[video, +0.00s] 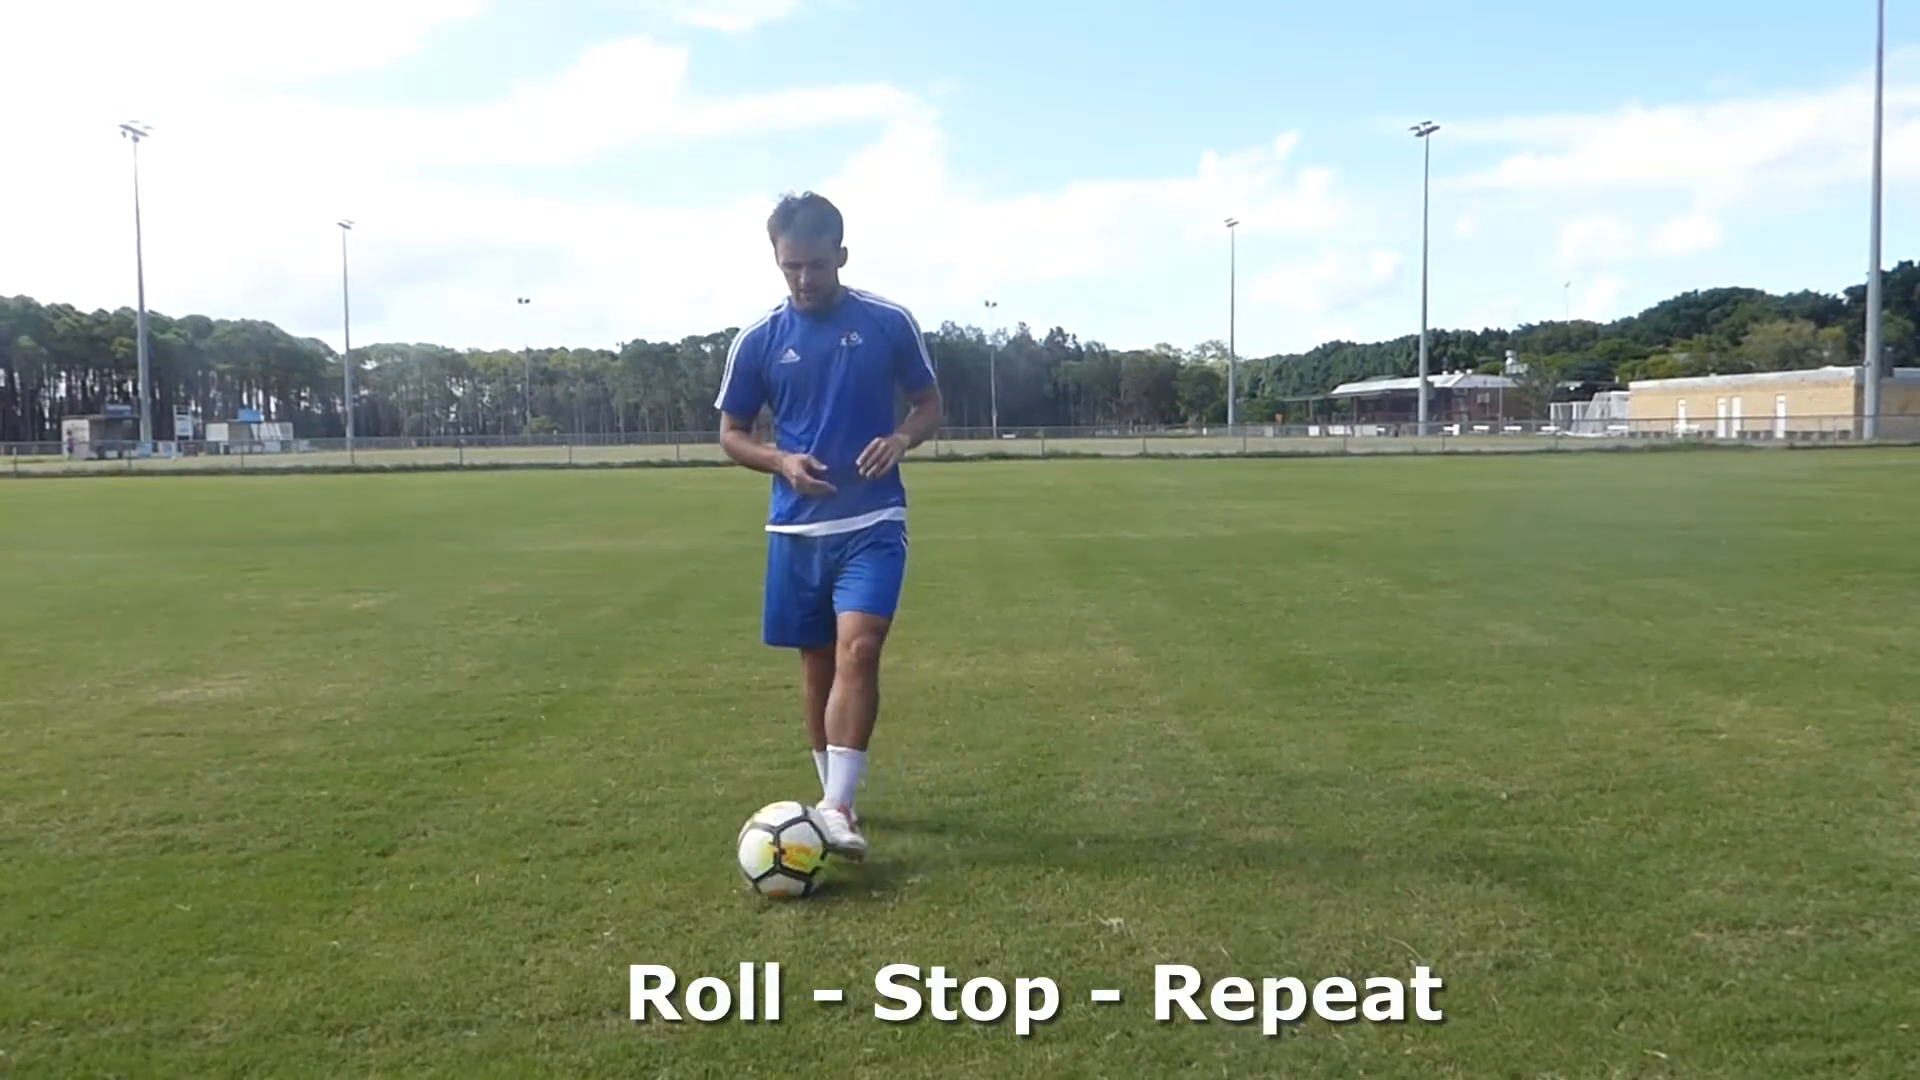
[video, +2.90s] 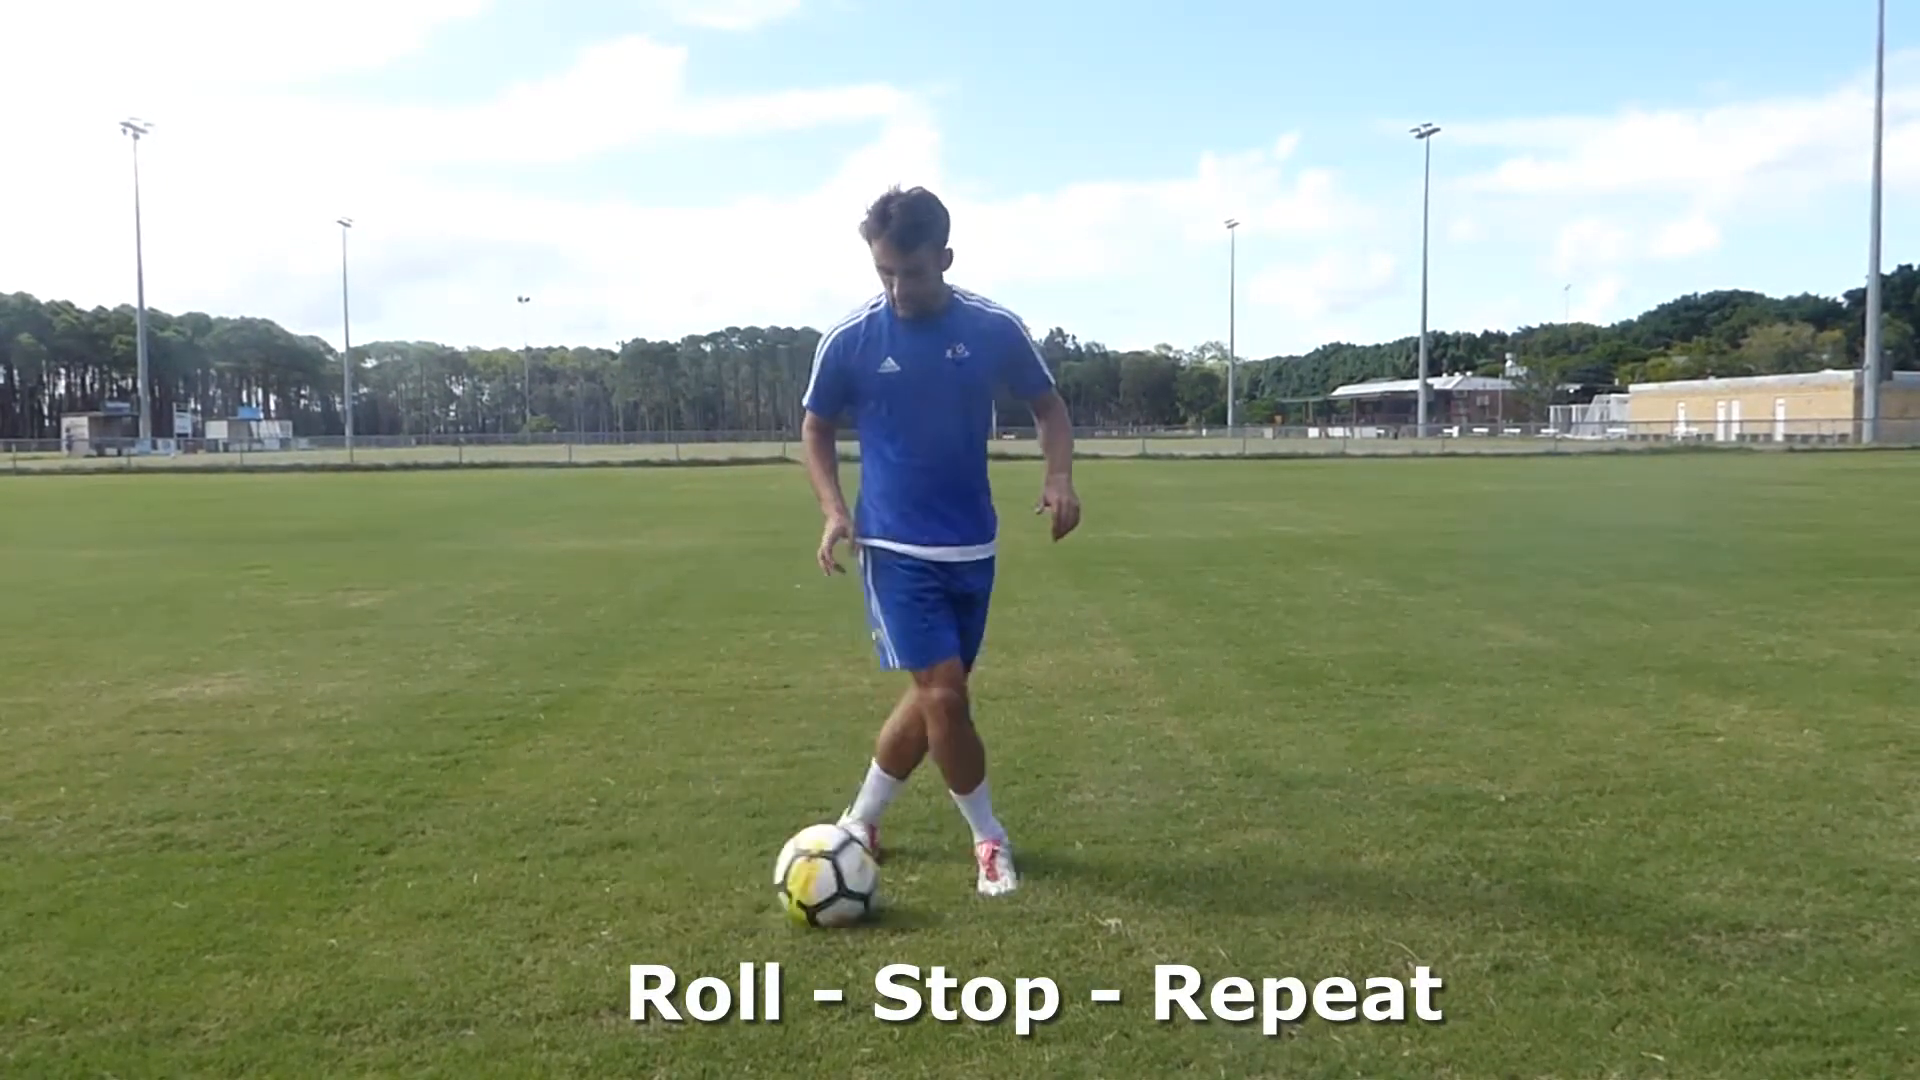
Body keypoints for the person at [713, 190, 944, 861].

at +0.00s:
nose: (805, 280)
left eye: (817, 265)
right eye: (790, 266)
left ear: (841, 255)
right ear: (774, 259)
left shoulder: (888, 323)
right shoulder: (758, 342)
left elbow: (930, 407)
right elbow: (731, 435)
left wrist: (901, 438)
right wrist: (780, 460)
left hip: (872, 524)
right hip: (797, 531)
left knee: (860, 651)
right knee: (819, 671)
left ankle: (839, 806)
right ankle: (835, 805)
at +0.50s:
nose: (816, 272)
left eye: (829, 257)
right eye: (804, 256)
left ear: (859, 247)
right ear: (790, 248)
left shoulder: (899, 326)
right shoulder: (768, 323)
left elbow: (939, 422)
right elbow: (744, 405)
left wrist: (889, 457)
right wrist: (749, 447)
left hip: (857, 534)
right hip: (776, 524)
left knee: (851, 678)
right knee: (729, 637)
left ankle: (849, 825)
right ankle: (770, 783)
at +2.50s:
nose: (886, 282)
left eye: (901, 268)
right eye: (875, 265)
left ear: (931, 257)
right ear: (862, 249)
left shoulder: (958, 335)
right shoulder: (826, 316)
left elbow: (973, 412)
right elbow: (767, 408)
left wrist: (989, 489)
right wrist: (764, 477)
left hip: (891, 539)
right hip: (805, 515)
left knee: (867, 688)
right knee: (730, 620)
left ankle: (841, 830)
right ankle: (677, 792)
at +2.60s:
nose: (888, 284)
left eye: (903, 270)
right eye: (877, 268)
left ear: (934, 258)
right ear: (863, 252)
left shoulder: (964, 333)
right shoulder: (830, 321)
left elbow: (980, 409)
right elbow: (774, 412)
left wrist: (997, 479)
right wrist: (776, 483)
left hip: (907, 537)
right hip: (823, 517)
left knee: (873, 689)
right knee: (771, 630)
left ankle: (843, 829)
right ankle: (729, 803)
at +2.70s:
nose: (890, 285)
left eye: (905, 270)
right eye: (878, 269)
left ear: (936, 256)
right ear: (864, 254)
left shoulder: (975, 332)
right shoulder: (833, 326)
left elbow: (1001, 406)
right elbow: (787, 413)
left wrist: (1015, 480)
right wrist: (794, 489)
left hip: (923, 537)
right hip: (842, 518)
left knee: (883, 685)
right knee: (834, 639)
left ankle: (847, 829)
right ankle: (820, 815)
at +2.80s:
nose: (891, 288)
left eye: (905, 273)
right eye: (879, 272)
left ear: (936, 256)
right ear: (865, 258)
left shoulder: (983, 332)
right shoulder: (837, 334)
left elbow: (1029, 409)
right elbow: (800, 421)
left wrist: (1040, 487)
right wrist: (812, 494)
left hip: (944, 547)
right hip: (863, 538)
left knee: (897, 695)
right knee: (893, 673)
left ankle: (846, 826)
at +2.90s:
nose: (896, 288)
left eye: (910, 273)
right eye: (885, 273)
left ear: (944, 257)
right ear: (873, 262)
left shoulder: (994, 330)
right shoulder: (848, 344)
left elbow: (1048, 404)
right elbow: (817, 428)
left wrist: (1060, 476)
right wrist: (834, 511)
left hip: (972, 547)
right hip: (892, 548)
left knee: (937, 699)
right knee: (945, 692)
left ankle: (859, 824)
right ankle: (989, 840)